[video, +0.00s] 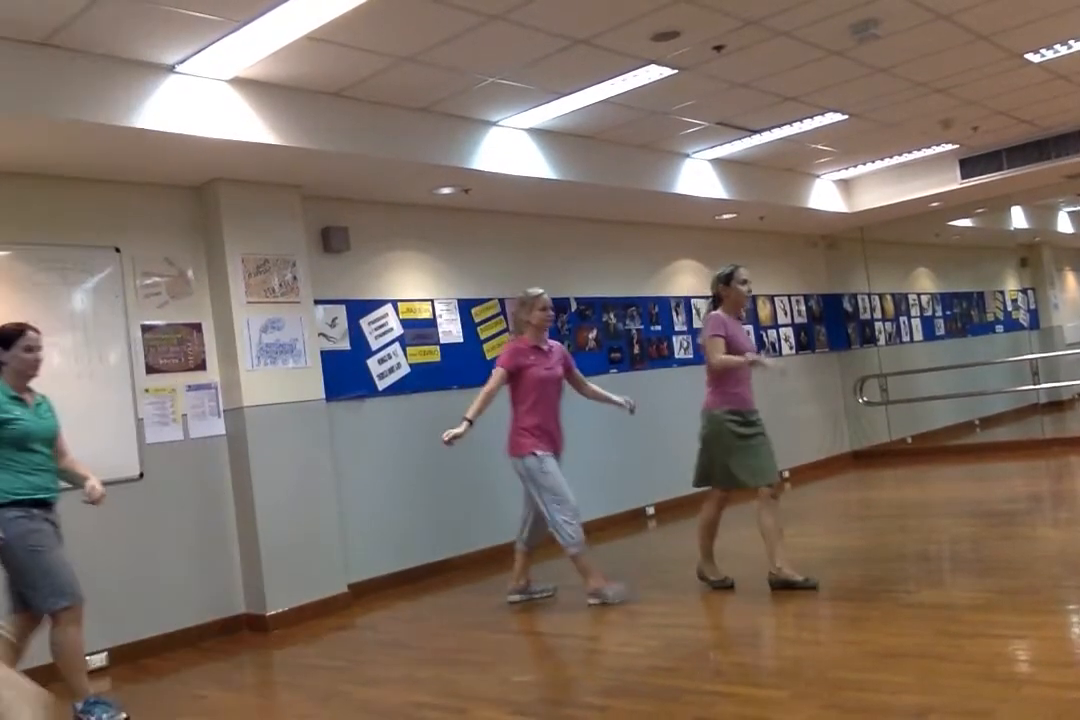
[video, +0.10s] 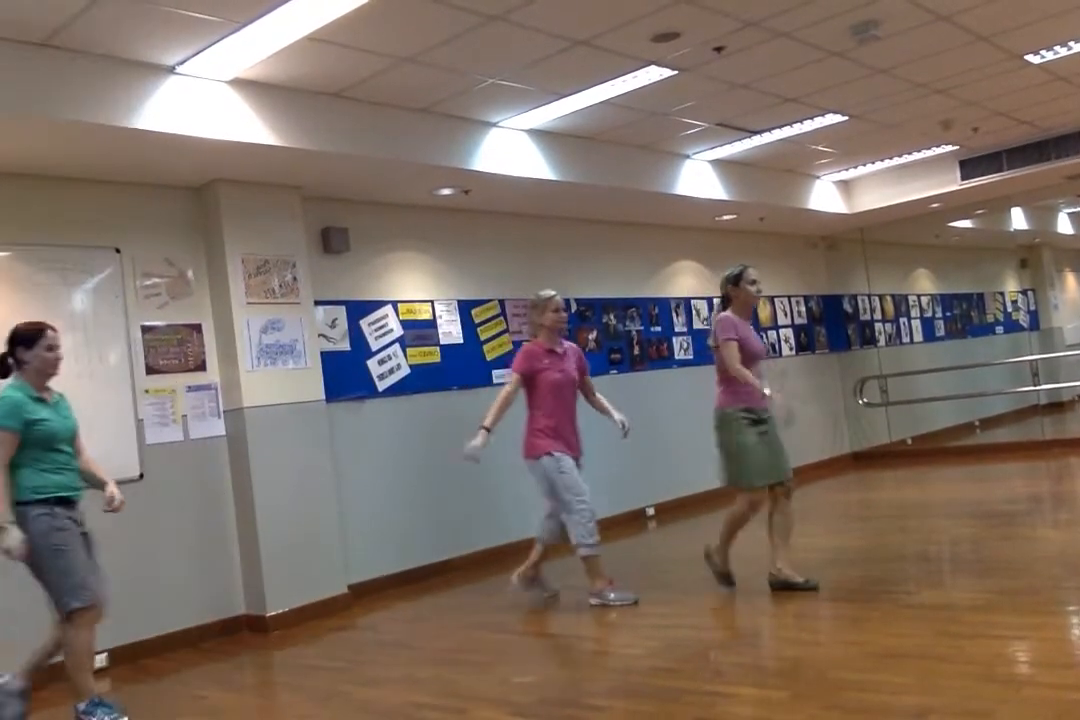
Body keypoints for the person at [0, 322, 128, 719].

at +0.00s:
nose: (37, 357)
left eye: (39, 350)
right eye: (28, 350)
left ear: (40, 355)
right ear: (5, 355)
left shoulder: (42, 403)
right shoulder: (1, 398)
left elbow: (60, 458)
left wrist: (87, 476)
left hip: (44, 511)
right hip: (13, 513)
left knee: (27, 613)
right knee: (67, 604)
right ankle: (85, 702)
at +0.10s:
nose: (57, 356)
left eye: (58, 349)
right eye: (49, 349)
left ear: (56, 353)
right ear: (23, 354)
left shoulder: (57, 399)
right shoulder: (12, 400)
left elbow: (79, 456)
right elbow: (2, 466)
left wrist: (107, 482)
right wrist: (6, 523)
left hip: (68, 509)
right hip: (37, 513)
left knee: (89, 606)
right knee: (80, 606)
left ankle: (18, 683)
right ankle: (88, 703)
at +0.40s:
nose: (109, 344)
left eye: (109, 338)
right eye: (101, 339)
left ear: (101, 344)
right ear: (74, 344)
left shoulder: (111, 388)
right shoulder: (57, 389)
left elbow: (124, 447)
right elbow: (49, 453)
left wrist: (154, 480)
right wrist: (106, 479)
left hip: (126, 500)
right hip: (81, 506)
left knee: (157, 586)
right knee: (98, 602)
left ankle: (189, 674)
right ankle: (88, 702)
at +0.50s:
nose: (125, 348)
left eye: (126, 341)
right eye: (118, 342)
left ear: (119, 345)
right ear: (91, 346)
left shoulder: (132, 392)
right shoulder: (71, 393)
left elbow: (151, 446)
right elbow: (66, 457)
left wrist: (176, 486)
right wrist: (125, 464)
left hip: (143, 502)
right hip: (96, 508)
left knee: (174, 585)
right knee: (113, 600)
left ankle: (189, 676)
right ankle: (93, 699)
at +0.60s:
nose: (134, 347)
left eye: (136, 341)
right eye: (126, 341)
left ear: (137, 344)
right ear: (101, 345)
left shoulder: (146, 389)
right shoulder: (80, 390)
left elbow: (166, 442)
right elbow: (74, 452)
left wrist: (194, 478)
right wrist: (127, 453)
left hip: (154, 497)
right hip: (105, 504)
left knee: (178, 583)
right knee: (127, 594)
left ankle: (190, 675)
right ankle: (123, 685)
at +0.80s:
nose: (124, 352)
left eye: (128, 345)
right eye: (115, 345)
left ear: (133, 349)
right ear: (95, 348)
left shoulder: (138, 390)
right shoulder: (78, 394)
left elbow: (153, 443)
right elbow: (76, 458)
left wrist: (188, 460)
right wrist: (130, 478)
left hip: (149, 498)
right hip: (103, 507)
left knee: (173, 581)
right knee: (127, 595)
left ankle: (190, 673)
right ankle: (127, 682)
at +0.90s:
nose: (120, 353)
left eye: (125, 347)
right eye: (112, 347)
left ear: (130, 349)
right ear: (91, 349)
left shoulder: (136, 389)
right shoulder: (76, 395)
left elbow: (151, 439)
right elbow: (72, 456)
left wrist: (186, 457)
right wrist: (107, 494)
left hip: (144, 495)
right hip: (98, 504)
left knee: (170, 578)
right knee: (121, 593)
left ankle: (165, 662)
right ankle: (126, 682)